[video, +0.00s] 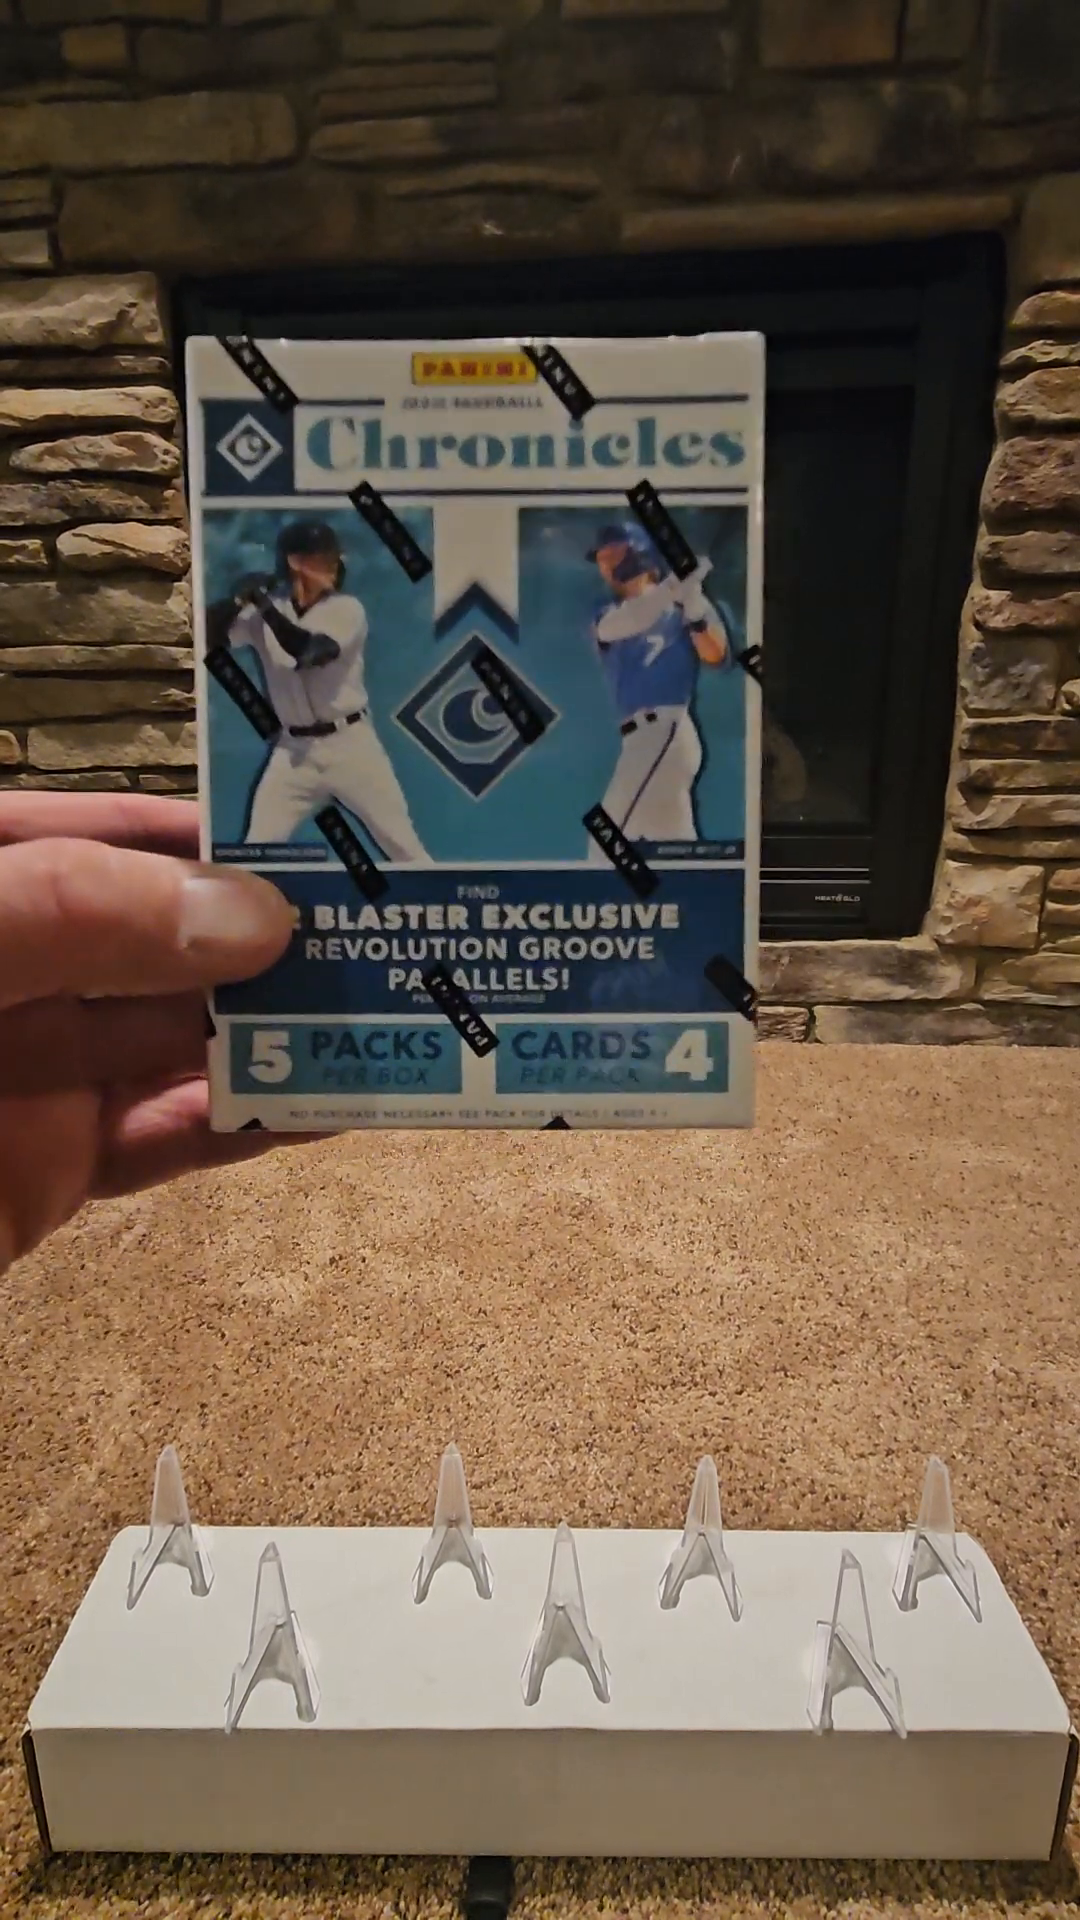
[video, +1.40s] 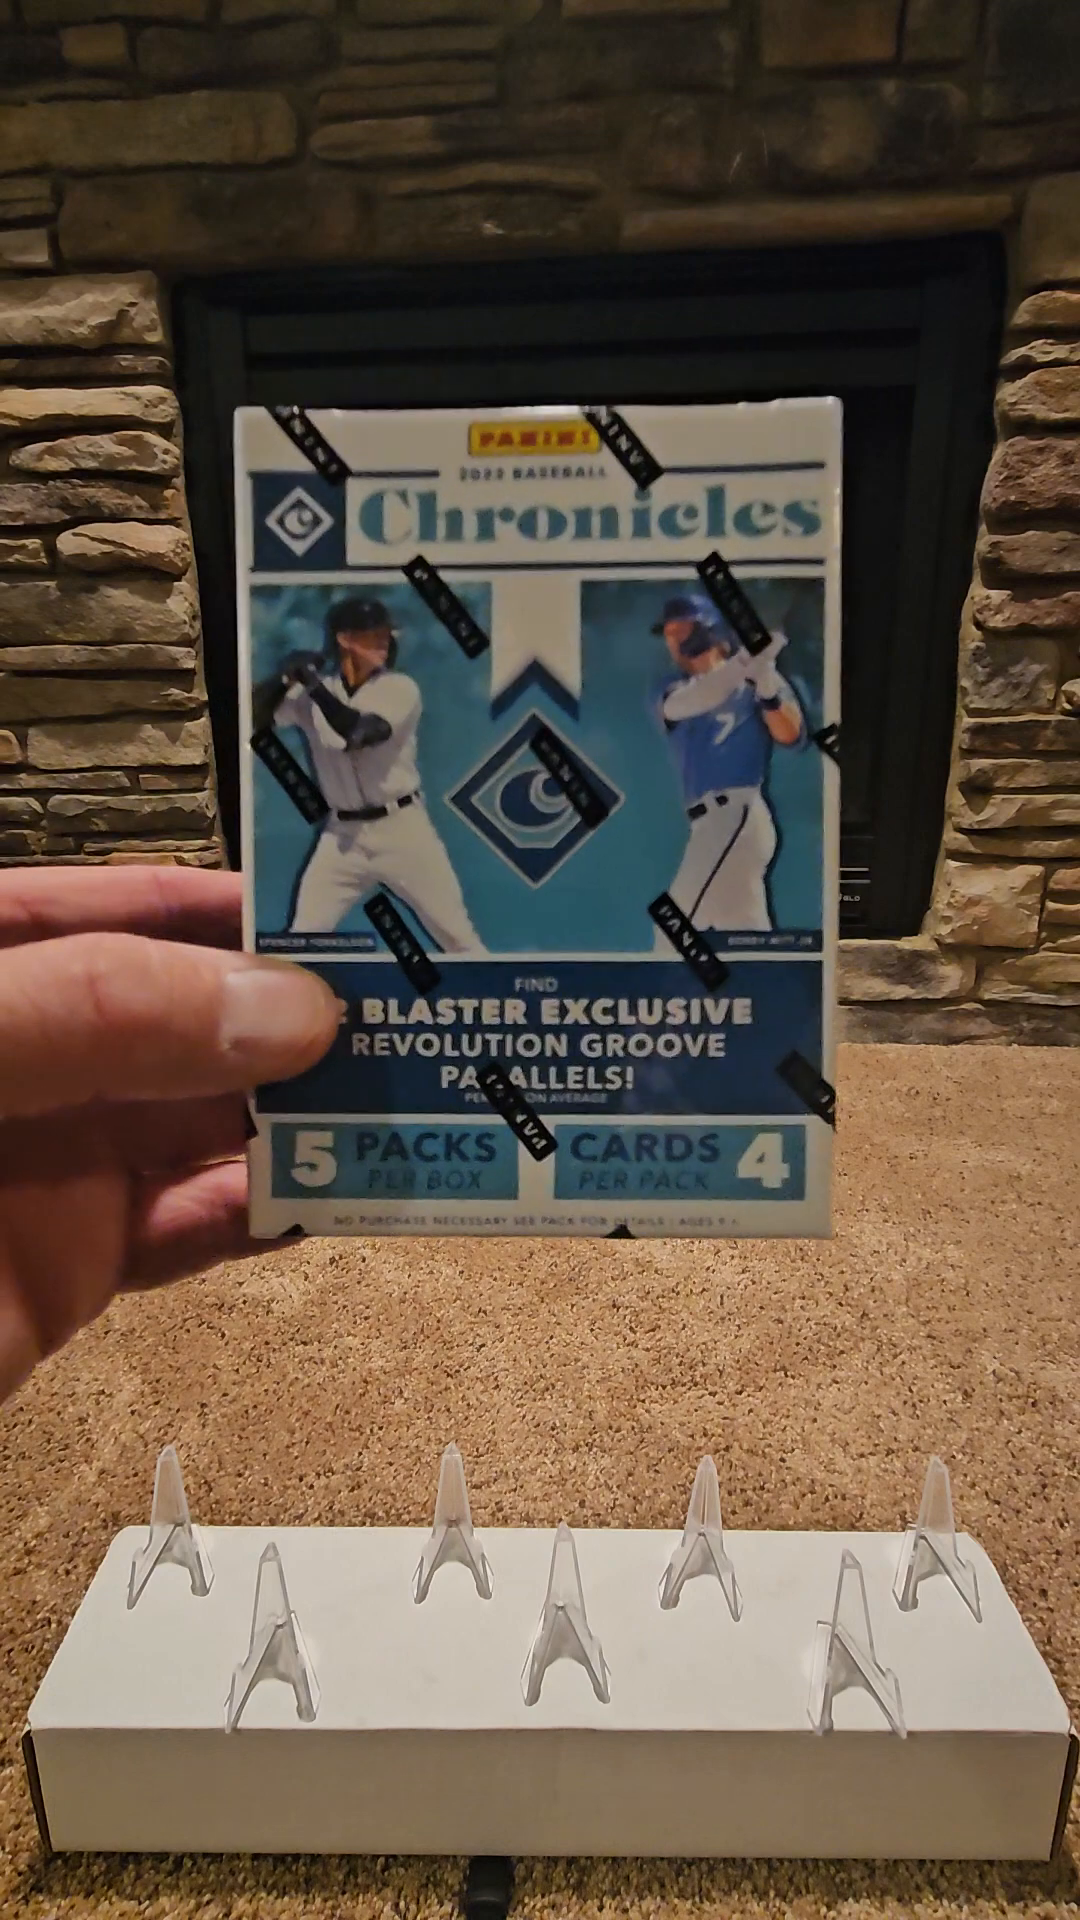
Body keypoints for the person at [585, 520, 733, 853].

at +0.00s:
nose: (605, 566)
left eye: (612, 555)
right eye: (601, 559)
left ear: (638, 557)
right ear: (598, 565)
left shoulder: (685, 603)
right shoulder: (607, 614)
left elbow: (716, 656)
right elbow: (629, 622)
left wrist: (694, 605)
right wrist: (671, 589)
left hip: (667, 733)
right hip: (639, 737)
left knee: (607, 839)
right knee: (676, 851)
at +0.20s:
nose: (631, 531)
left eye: (639, 519)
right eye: (627, 522)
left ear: (665, 520)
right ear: (624, 528)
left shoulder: (715, 566)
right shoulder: (632, 578)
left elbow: (747, 623)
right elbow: (645, 591)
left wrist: (724, 567)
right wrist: (703, 548)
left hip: (695, 703)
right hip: (667, 708)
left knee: (633, 814)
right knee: (704, 828)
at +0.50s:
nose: (679, 509)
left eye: (688, 496)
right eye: (674, 500)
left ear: (717, 497)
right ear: (670, 506)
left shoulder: (769, 547)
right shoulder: (680, 562)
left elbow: (801, 609)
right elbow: (698, 572)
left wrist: (777, 546)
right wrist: (757, 528)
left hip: (744, 697)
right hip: (713, 702)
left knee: (676, 816)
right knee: (753, 832)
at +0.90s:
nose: (683, 554)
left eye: (692, 541)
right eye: (678, 545)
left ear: (719, 544)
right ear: (675, 555)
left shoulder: (763, 590)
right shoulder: (686, 607)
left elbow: (800, 651)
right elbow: (692, 620)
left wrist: (776, 589)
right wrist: (755, 576)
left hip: (746, 733)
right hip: (714, 737)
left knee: (680, 849)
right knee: (749, 863)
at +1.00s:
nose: (668, 609)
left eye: (676, 597)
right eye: (663, 601)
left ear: (705, 600)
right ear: (660, 608)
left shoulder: (754, 649)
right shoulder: (665, 660)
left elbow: (783, 708)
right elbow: (687, 670)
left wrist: (761, 650)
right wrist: (738, 632)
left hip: (728, 787)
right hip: (698, 792)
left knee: (661, 897)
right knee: (735, 913)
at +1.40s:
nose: (675, 641)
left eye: (683, 630)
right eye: (669, 634)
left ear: (709, 630)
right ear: (664, 640)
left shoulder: (757, 678)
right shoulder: (672, 691)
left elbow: (790, 736)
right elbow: (694, 701)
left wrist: (766, 680)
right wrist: (744, 662)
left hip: (738, 819)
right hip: (708, 824)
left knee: (673, 925)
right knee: (750, 944)